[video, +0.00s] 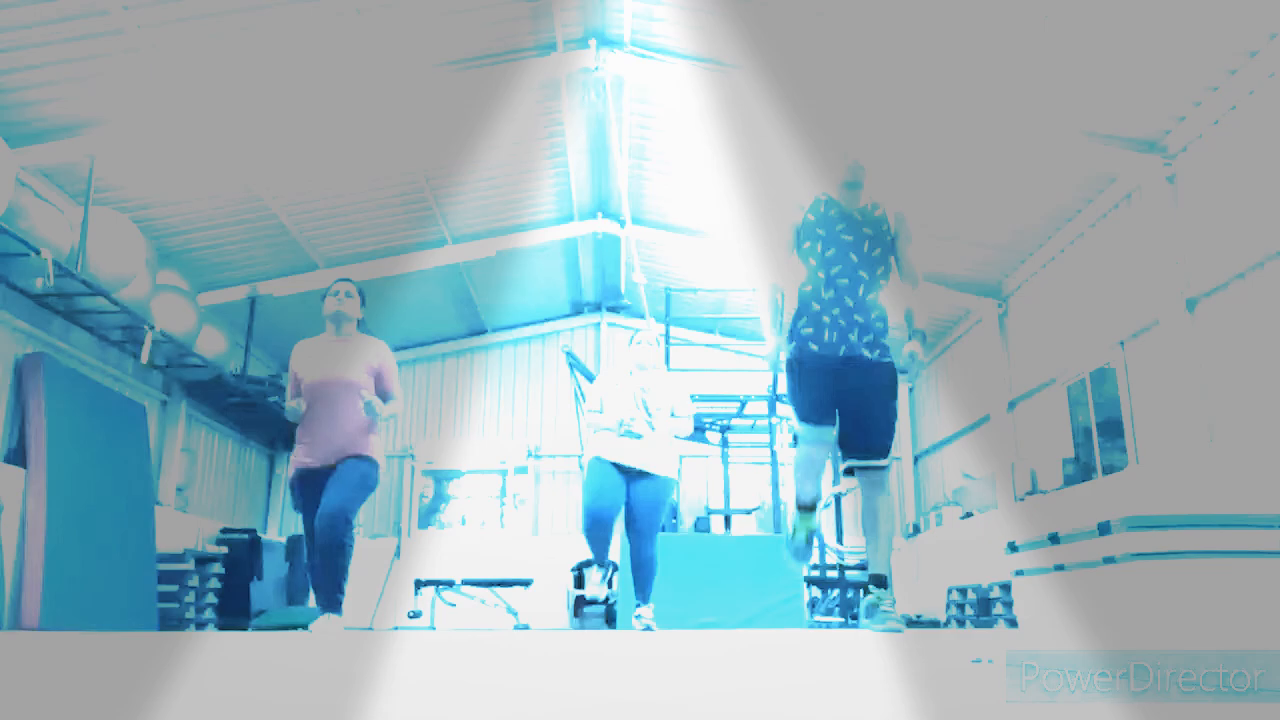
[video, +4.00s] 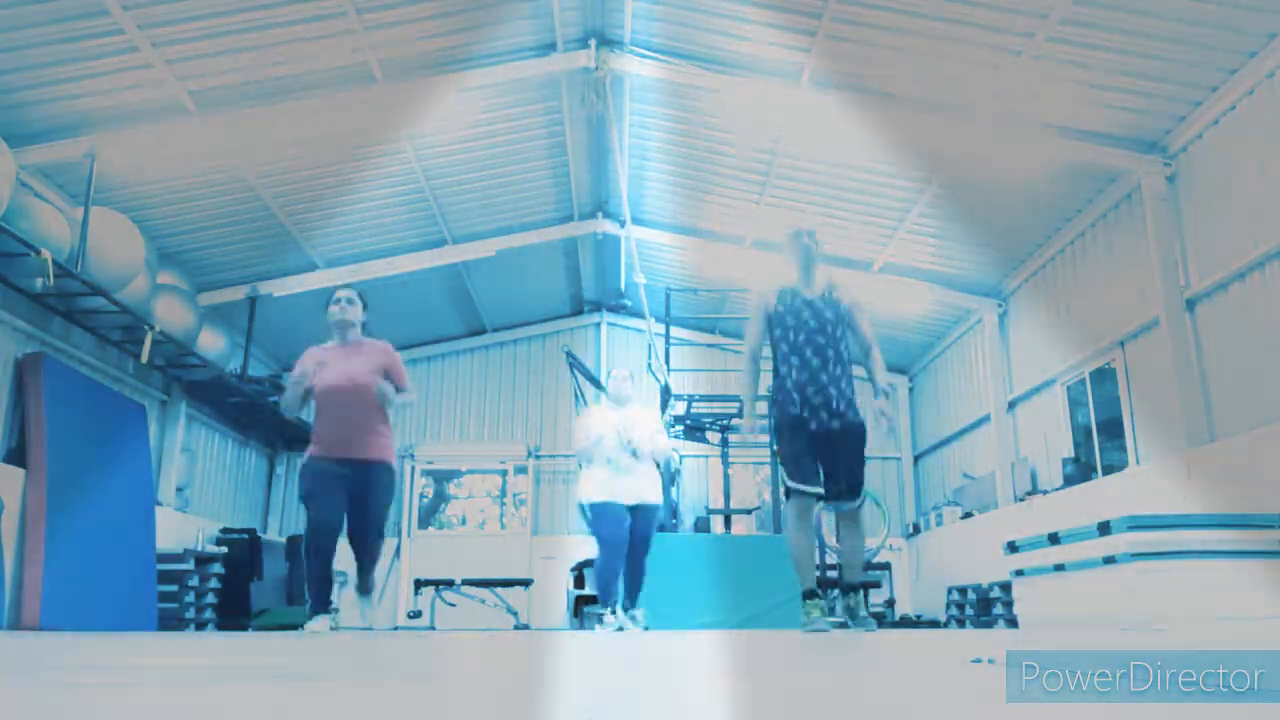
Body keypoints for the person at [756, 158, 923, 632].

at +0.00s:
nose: (852, 171)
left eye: (858, 165)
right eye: (842, 164)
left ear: (868, 177)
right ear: (826, 171)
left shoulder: (883, 222)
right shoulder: (808, 215)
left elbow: (905, 281)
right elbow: (783, 276)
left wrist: (913, 331)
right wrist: (775, 339)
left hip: (872, 354)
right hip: (813, 349)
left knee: (874, 476)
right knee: (815, 438)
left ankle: (878, 593)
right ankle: (805, 517)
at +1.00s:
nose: (828, 176)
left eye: (834, 170)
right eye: (820, 170)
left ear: (843, 180)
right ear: (807, 181)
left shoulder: (865, 235)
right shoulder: (787, 232)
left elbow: (884, 302)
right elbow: (769, 301)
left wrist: (911, 356)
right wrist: (775, 364)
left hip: (870, 364)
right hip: (814, 369)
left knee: (897, 430)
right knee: (829, 484)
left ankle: (858, 476)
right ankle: (836, 598)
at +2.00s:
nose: (862, 188)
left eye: (867, 181)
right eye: (852, 181)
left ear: (876, 193)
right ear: (836, 193)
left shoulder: (895, 246)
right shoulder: (811, 243)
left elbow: (914, 311)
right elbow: (779, 311)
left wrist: (925, 371)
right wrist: (764, 381)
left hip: (883, 368)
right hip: (826, 357)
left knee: (890, 483)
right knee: (848, 400)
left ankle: (887, 601)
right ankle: (823, 483)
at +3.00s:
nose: (837, 211)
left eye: (843, 206)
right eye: (830, 205)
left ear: (852, 216)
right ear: (818, 215)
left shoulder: (872, 265)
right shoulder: (798, 263)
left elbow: (899, 317)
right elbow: (765, 321)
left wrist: (913, 359)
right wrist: (784, 362)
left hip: (864, 391)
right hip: (809, 391)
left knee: (871, 491)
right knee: (811, 498)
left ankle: (872, 598)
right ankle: (813, 598)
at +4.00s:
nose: (805, 244)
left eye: (811, 240)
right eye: (799, 240)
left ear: (820, 251)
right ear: (788, 253)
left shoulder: (842, 301)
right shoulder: (770, 299)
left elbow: (870, 347)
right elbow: (752, 353)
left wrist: (882, 389)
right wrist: (748, 405)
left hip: (843, 415)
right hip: (795, 416)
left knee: (850, 509)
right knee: (802, 504)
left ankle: (854, 600)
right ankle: (809, 602)